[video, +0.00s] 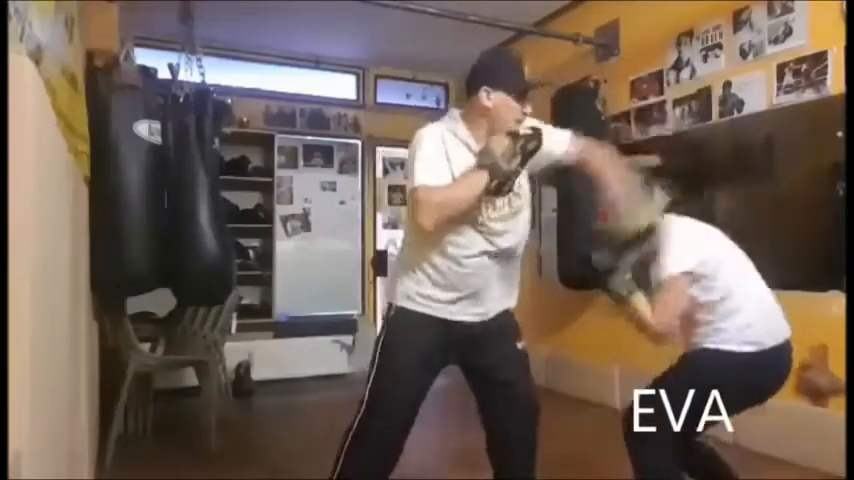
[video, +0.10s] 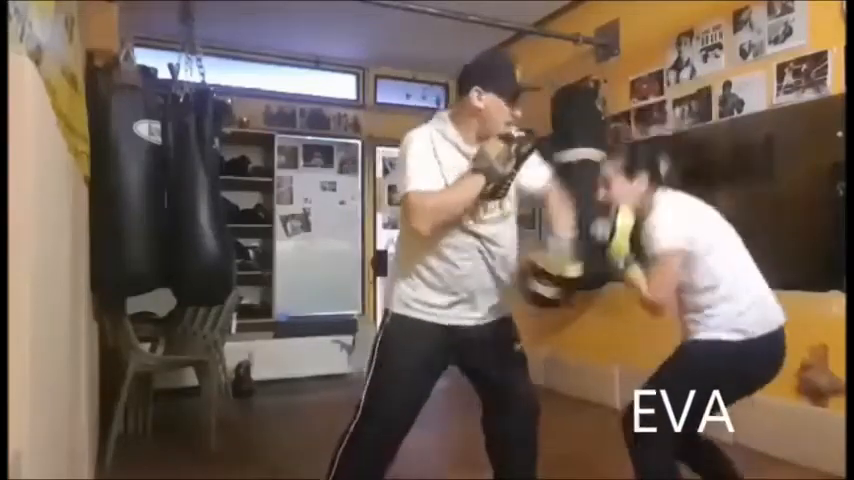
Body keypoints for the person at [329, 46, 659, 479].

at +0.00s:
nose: (528, 108)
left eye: (528, 98)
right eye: (520, 97)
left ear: (492, 99)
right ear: (487, 98)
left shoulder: (524, 137)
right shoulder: (435, 138)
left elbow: (596, 153)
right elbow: (429, 215)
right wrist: (490, 166)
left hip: (491, 318)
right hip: (421, 315)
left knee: (517, 422)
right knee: (380, 430)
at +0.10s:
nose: (517, 113)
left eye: (517, 102)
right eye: (509, 100)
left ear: (483, 99)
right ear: (478, 98)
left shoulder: (508, 145)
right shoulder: (424, 141)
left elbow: (555, 193)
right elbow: (423, 219)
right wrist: (485, 171)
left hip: (488, 319)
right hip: (419, 319)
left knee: (518, 418)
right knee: (377, 430)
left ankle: (516, 479)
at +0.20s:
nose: (494, 113)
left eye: (494, 103)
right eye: (487, 101)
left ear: (460, 101)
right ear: (457, 99)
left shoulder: (474, 153)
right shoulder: (407, 145)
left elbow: (521, 224)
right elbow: (437, 218)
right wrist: (487, 165)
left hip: (473, 327)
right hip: (408, 329)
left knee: (510, 413)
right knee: (372, 443)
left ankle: (511, 475)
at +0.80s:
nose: (480, 118)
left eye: (482, 109)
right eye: (476, 106)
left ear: (449, 101)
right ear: (450, 97)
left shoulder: (450, 155)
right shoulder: (402, 134)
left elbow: (471, 214)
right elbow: (441, 188)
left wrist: (495, 192)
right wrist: (493, 143)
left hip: (455, 328)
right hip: (393, 330)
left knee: (491, 439)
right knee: (361, 453)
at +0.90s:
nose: (492, 122)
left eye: (493, 113)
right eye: (487, 110)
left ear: (463, 106)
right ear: (463, 103)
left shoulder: (464, 155)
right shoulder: (423, 128)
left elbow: (458, 238)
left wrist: (507, 229)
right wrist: (549, 124)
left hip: (458, 326)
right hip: (399, 322)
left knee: (494, 435)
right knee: (367, 449)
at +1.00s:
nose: (494, 123)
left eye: (496, 117)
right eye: (491, 114)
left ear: (469, 109)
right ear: (472, 104)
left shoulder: (465, 167)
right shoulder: (425, 127)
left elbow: (460, 255)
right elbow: (505, 133)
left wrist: (524, 255)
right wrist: (542, 92)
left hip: (463, 323)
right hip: (404, 317)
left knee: (499, 429)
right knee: (370, 444)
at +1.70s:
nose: (480, 116)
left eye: (481, 106)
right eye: (475, 104)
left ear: (449, 100)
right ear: (448, 96)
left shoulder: (447, 154)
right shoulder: (410, 127)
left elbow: (457, 238)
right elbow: (486, 163)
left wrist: (518, 223)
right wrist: (533, 134)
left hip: (456, 324)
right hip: (399, 323)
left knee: (494, 446)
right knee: (368, 453)